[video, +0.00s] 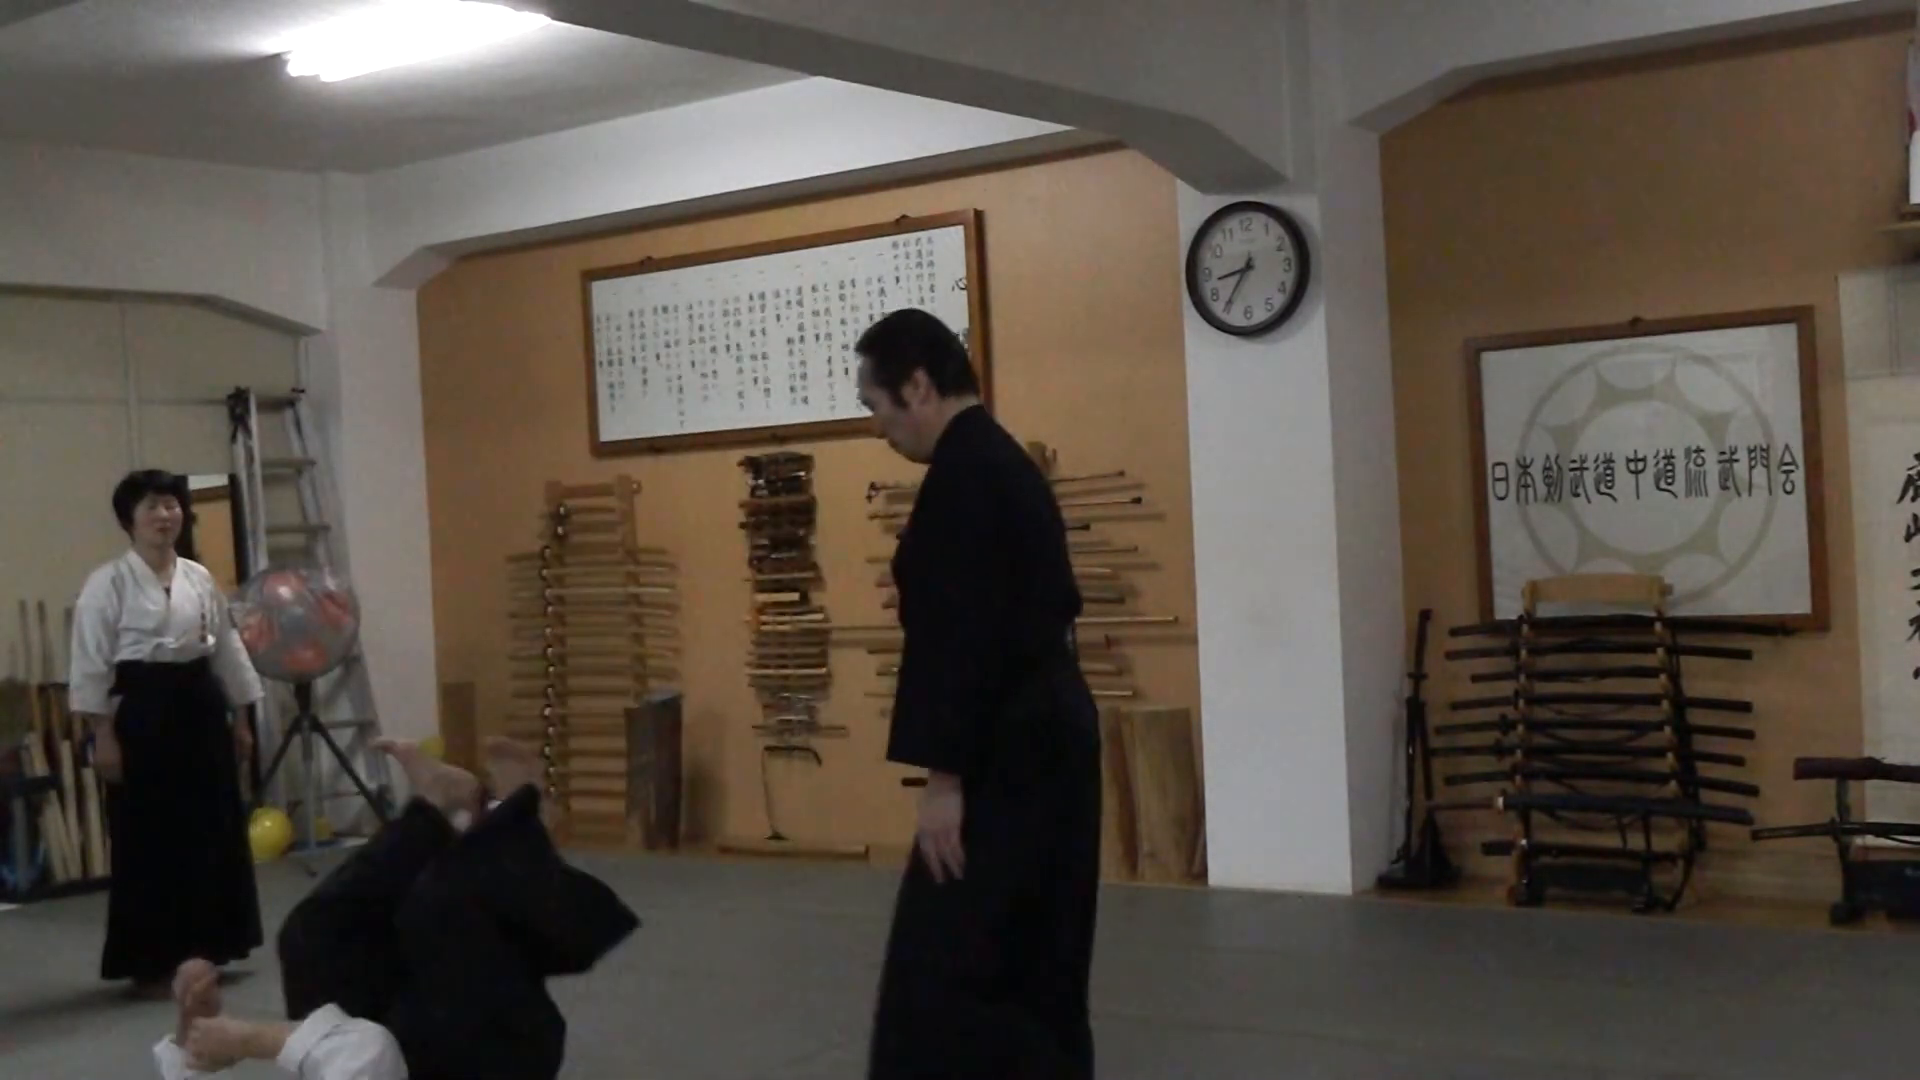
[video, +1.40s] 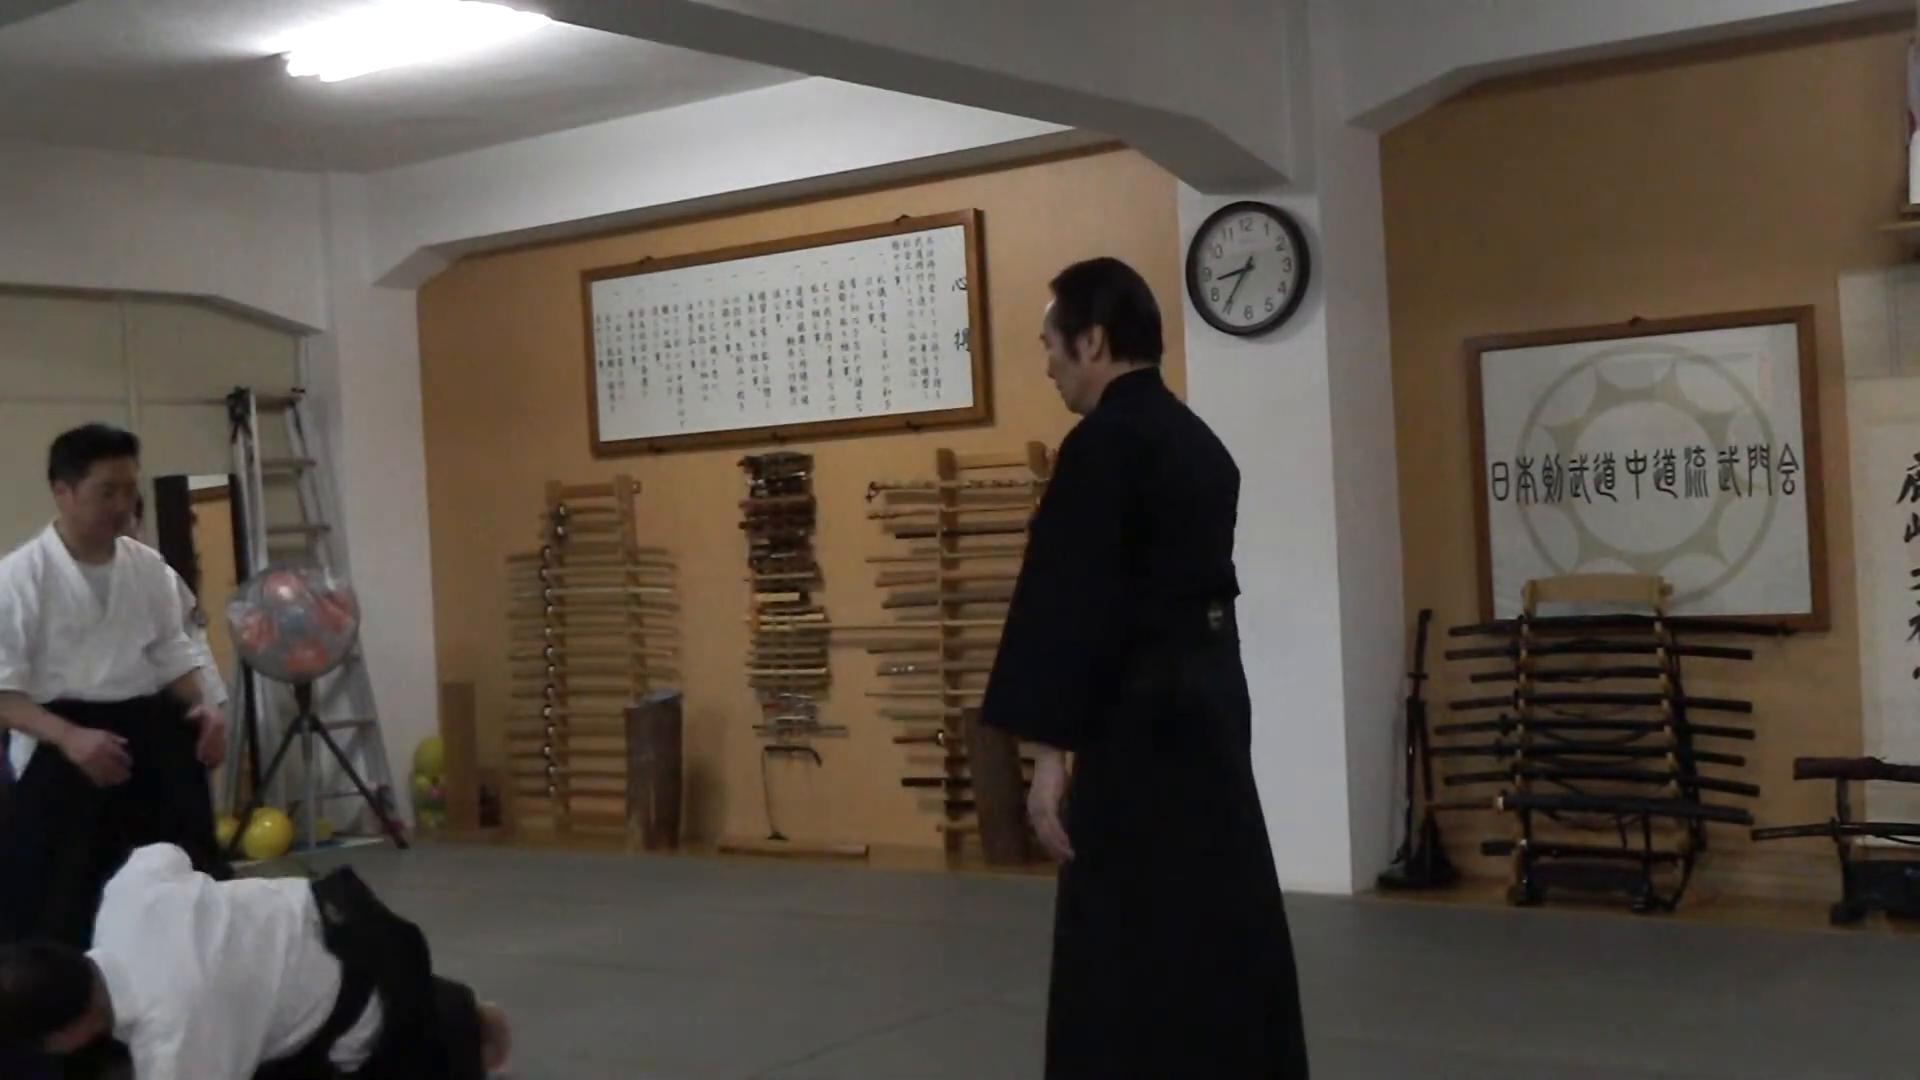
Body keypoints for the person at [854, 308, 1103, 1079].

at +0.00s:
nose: (878, 427)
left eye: (877, 407)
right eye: (872, 411)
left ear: (919, 388)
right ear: (938, 384)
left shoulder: (963, 472)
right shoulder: (1003, 462)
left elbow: (956, 634)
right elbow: (1043, 605)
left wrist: (942, 780)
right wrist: (929, 590)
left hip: (1005, 754)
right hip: (1048, 742)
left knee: (937, 976)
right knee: (1035, 967)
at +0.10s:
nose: (908, 412)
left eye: (910, 390)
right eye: (903, 393)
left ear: (959, 376)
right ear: (971, 376)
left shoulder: (1003, 465)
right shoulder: (1029, 453)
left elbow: (989, 630)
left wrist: (980, 772)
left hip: (1040, 751)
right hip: (1067, 736)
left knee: (1010, 976)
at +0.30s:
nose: (963, 397)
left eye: (966, 373)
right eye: (958, 376)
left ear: (1016, 357)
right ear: (1025, 358)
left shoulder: (1061, 447)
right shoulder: (1092, 435)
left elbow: (1053, 618)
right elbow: (1154, 593)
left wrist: (1048, 763)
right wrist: (1058, 756)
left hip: (1117, 744)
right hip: (1150, 726)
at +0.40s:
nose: (988, 393)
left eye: (990, 370)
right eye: (983, 375)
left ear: (1041, 353)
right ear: (1054, 353)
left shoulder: (1088, 442)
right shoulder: (1121, 429)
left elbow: (1080, 616)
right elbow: (1159, 602)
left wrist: (1078, 768)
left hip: (1145, 731)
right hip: (1182, 713)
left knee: (1139, 951)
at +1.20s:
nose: (1061, 357)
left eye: (1068, 336)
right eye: (1060, 338)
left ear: (1112, 332)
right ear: (1136, 333)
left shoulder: (1121, 438)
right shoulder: (1218, 432)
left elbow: (1083, 595)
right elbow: (1213, 598)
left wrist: (1061, 748)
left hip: (1161, 727)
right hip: (1232, 713)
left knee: (1149, 946)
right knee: (1237, 935)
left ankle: (1154, 1067)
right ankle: (1245, 1066)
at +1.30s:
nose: (1055, 358)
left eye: (1062, 338)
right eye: (1055, 339)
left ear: (1105, 336)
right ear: (1132, 337)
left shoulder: (1110, 440)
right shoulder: (1207, 433)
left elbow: (1078, 600)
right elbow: (1175, 586)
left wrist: (1058, 753)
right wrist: (1050, 603)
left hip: (1146, 728)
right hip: (1222, 711)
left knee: (1136, 943)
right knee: (1229, 931)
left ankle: (1145, 1066)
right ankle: (1240, 1065)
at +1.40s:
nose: (1046, 362)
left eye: (1054, 342)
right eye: (1046, 343)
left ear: (1095, 341)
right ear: (1124, 343)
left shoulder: (1101, 445)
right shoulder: (1195, 439)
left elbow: (1072, 605)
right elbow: (1188, 608)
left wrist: (1050, 756)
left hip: (1130, 740)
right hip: (1206, 726)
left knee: (1126, 958)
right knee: (1214, 945)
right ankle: (1222, 1068)